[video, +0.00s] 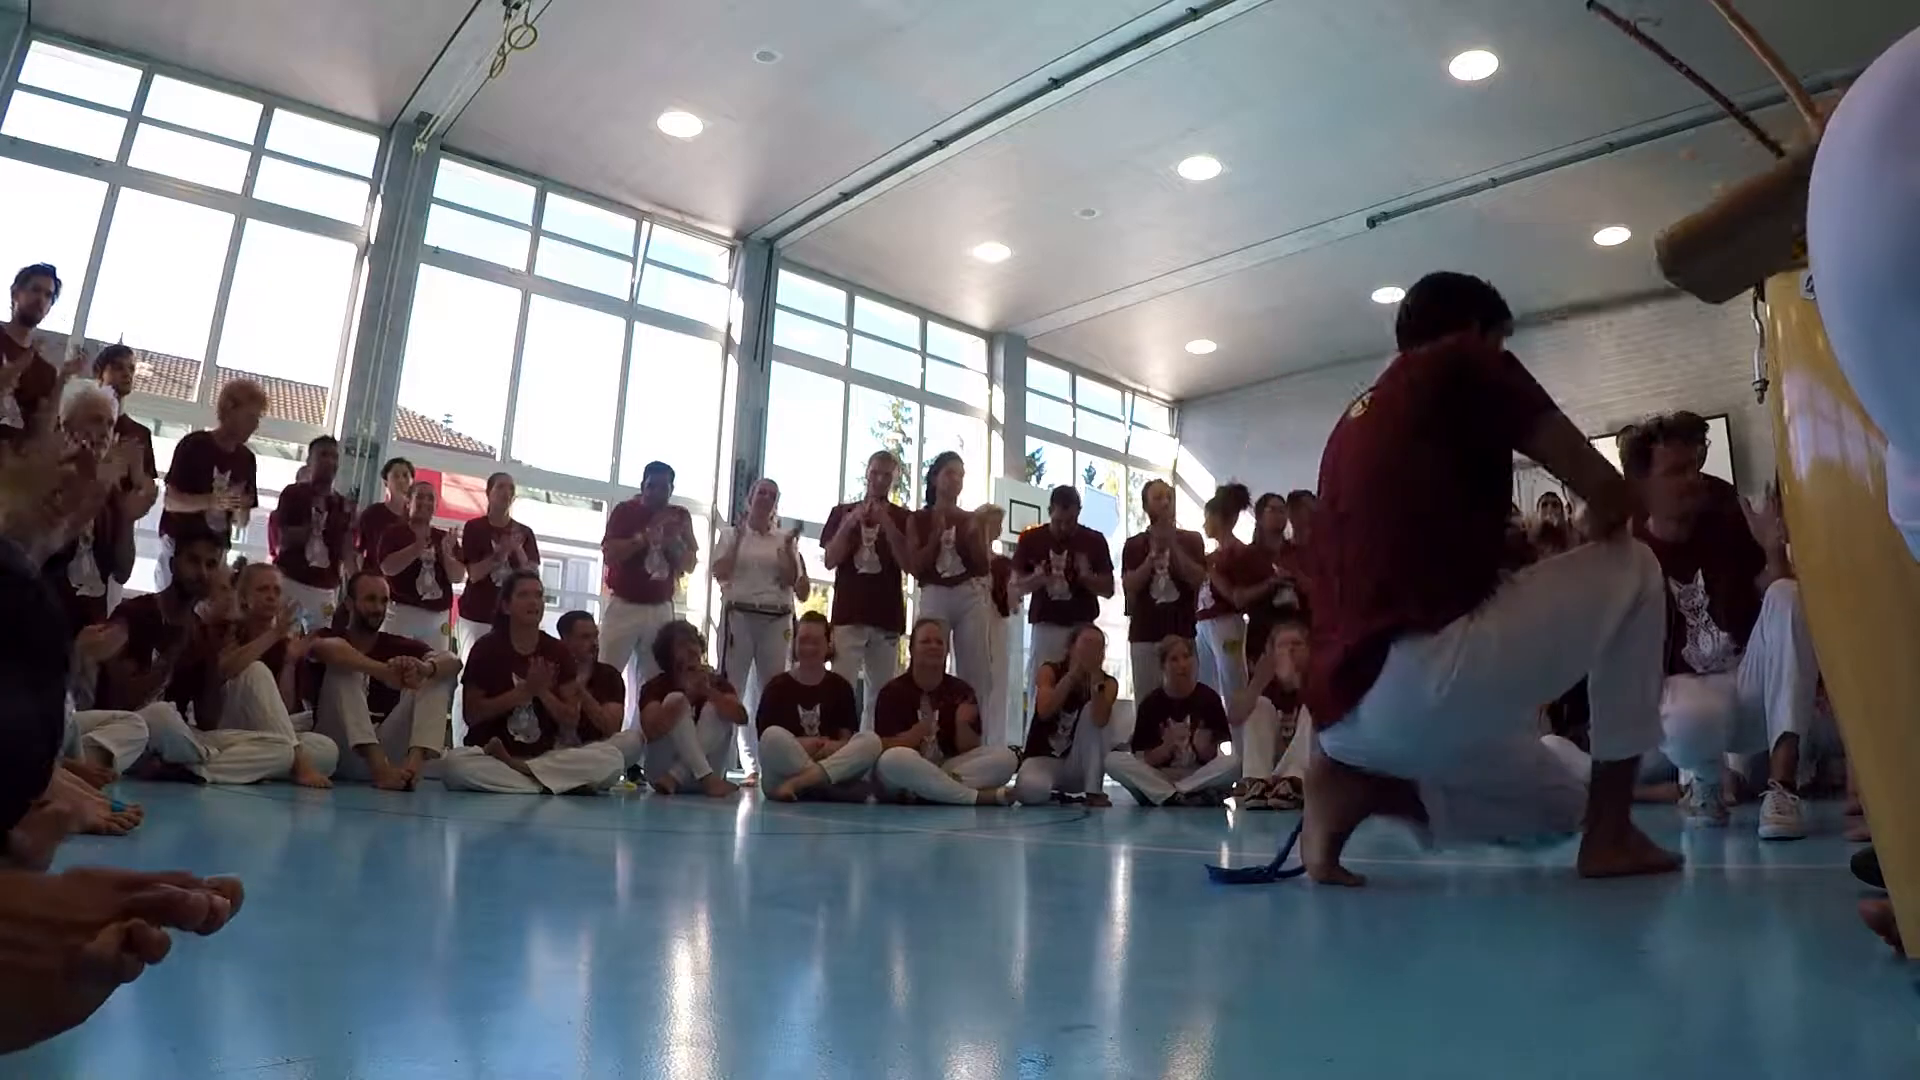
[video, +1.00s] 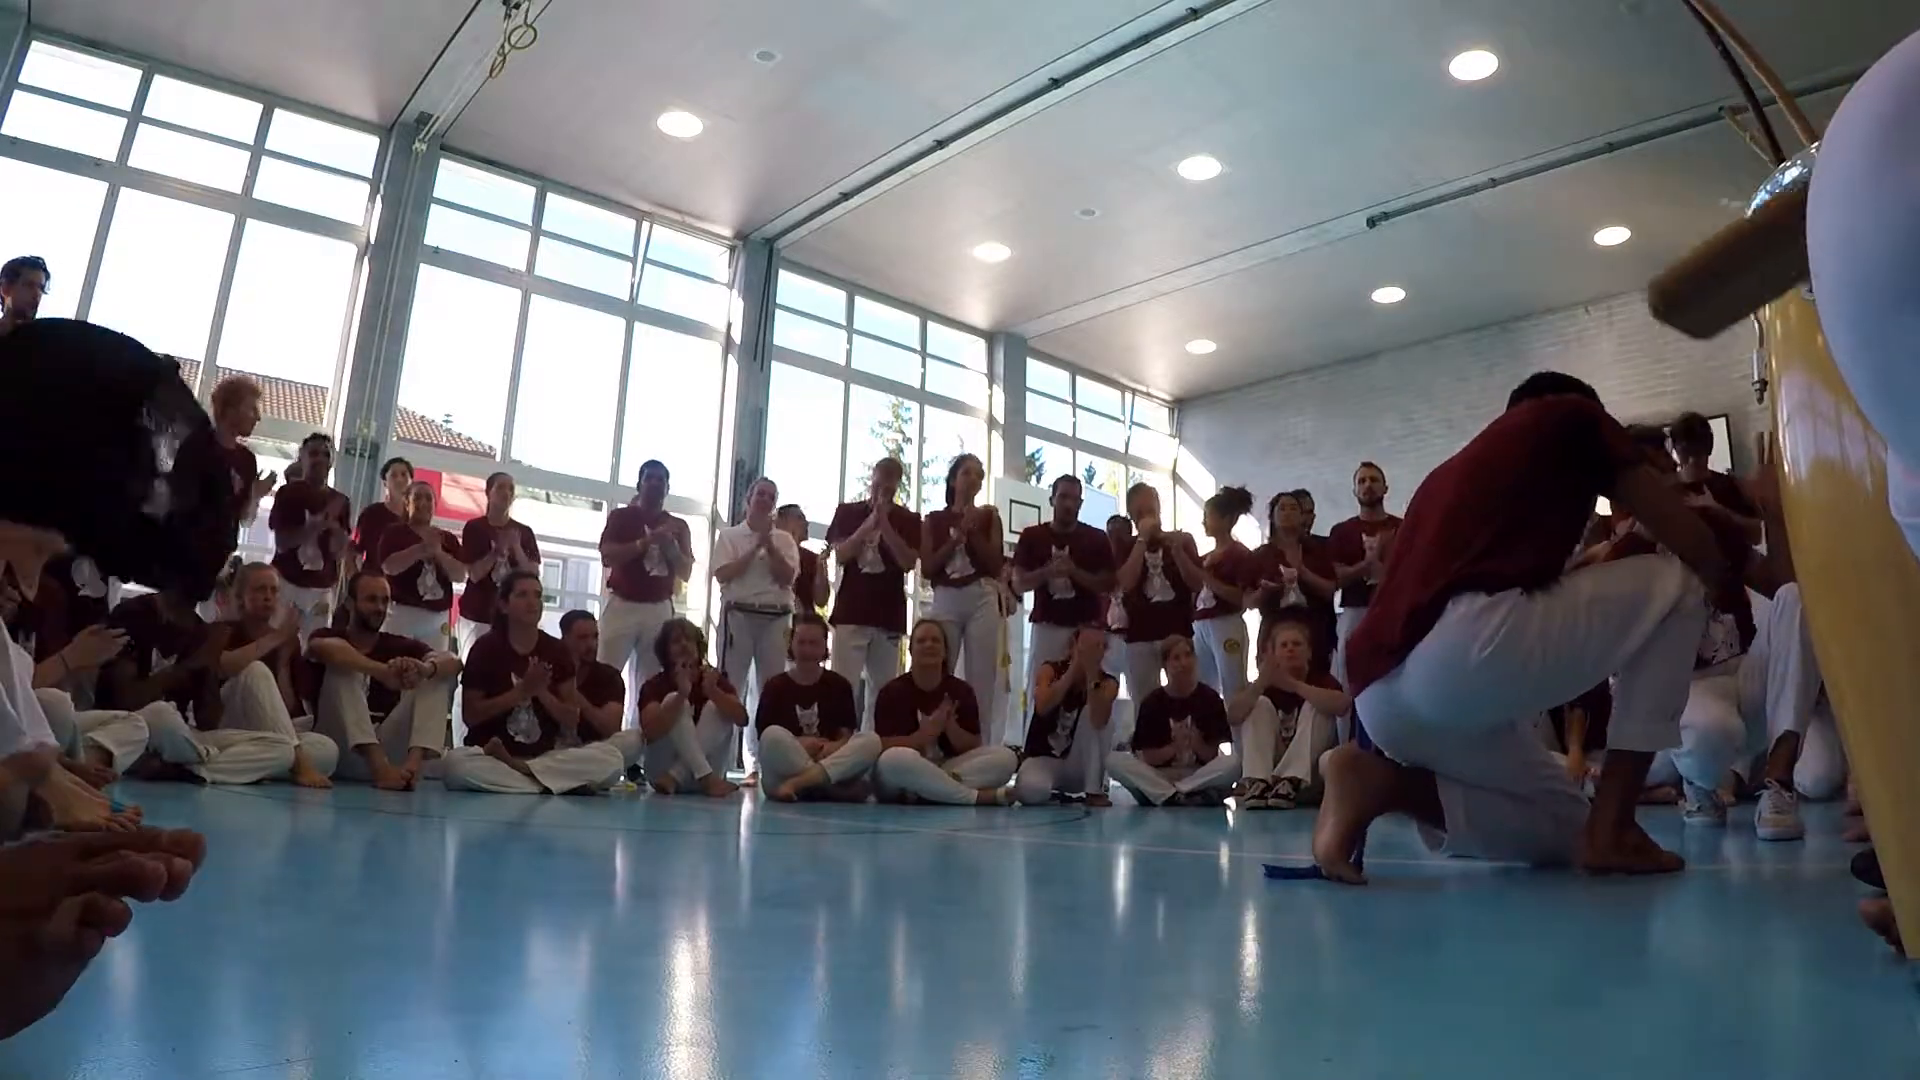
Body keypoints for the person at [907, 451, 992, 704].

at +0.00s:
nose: (955, 479)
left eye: (960, 474)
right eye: (949, 473)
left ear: (963, 481)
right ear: (934, 477)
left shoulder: (972, 520)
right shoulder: (917, 519)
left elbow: (982, 567)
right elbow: (915, 565)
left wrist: (972, 538)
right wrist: (935, 537)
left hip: (970, 594)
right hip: (933, 594)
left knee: (975, 676)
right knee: (929, 673)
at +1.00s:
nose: (972, 478)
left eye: (978, 475)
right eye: (966, 472)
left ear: (982, 483)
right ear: (953, 478)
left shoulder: (989, 516)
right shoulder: (934, 519)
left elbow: (994, 565)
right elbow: (928, 568)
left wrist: (973, 532)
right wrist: (953, 540)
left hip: (982, 595)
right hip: (945, 594)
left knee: (982, 678)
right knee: (939, 674)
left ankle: (982, 751)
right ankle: (938, 748)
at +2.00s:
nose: (961, 475)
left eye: (965, 471)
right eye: (954, 470)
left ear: (969, 480)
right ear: (940, 478)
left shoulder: (979, 518)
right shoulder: (923, 518)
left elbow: (986, 566)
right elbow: (918, 567)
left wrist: (964, 537)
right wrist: (943, 537)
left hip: (974, 597)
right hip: (935, 597)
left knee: (975, 678)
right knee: (931, 675)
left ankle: (974, 748)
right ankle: (930, 746)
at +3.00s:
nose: (965, 477)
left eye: (970, 473)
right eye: (959, 472)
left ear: (975, 482)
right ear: (947, 479)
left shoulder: (986, 516)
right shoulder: (932, 521)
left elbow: (993, 565)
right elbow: (927, 569)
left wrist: (972, 537)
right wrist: (949, 535)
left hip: (982, 597)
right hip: (944, 597)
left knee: (982, 681)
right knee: (940, 677)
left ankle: (981, 751)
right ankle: (937, 751)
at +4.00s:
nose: (962, 479)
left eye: (966, 474)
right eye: (955, 473)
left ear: (971, 480)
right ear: (942, 478)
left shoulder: (981, 519)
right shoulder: (927, 520)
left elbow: (988, 567)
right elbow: (921, 569)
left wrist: (966, 536)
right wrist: (944, 542)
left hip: (976, 598)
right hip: (938, 598)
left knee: (976, 675)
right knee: (933, 673)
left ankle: (976, 737)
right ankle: (932, 737)